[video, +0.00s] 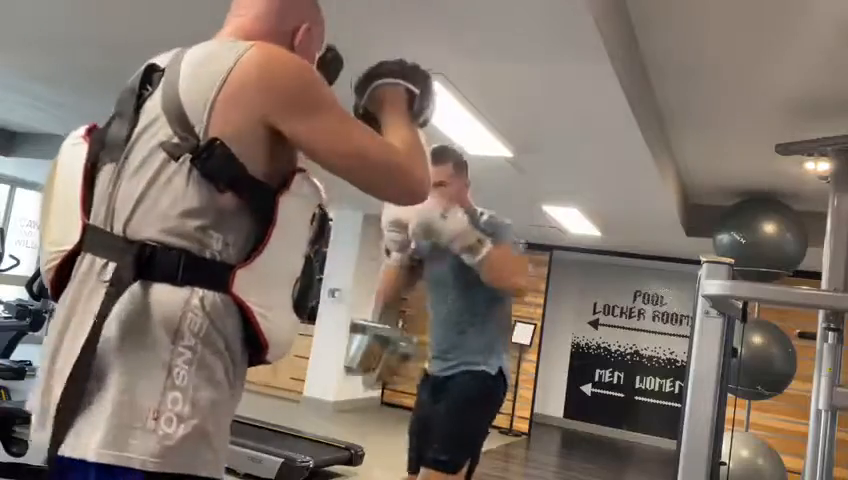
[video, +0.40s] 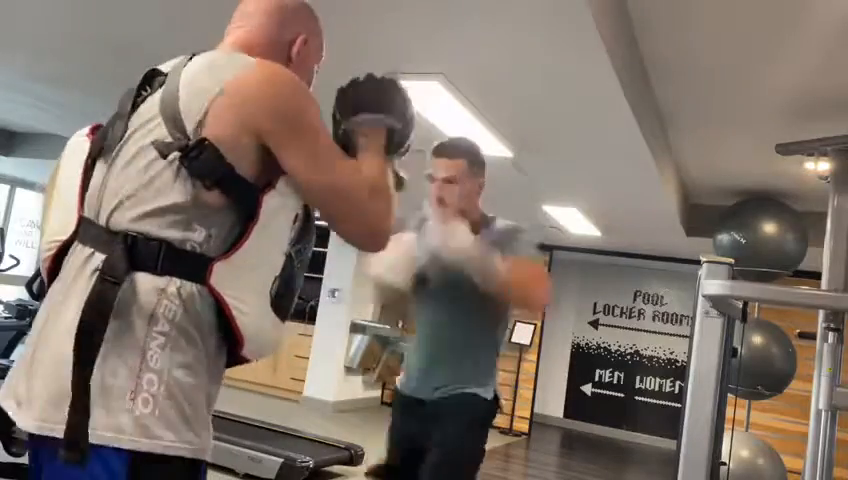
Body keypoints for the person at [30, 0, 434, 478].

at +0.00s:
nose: (315, 62)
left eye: (320, 52)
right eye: (318, 49)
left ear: (236, 18)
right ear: (303, 36)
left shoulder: (160, 70)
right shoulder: (272, 71)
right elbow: (410, 181)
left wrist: (301, 96)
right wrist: (392, 97)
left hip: (85, 306)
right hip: (170, 330)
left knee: (77, 460)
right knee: (145, 465)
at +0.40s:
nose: (313, 79)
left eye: (316, 68)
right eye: (316, 64)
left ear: (234, 28)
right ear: (299, 47)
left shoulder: (161, 80)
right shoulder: (269, 86)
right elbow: (371, 226)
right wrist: (372, 132)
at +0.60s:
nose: (307, 77)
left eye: (313, 63)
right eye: (311, 59)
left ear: (223, 23)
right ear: (291, 42)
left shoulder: (143, 73)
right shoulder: (266, 100)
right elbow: (367, 252)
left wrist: (295, 111)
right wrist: (398, 172)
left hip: (57, 330)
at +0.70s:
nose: (305, 69)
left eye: (312, 51)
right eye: (311, 49)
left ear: (223, 12)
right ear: (290, 33)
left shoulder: (141, 64)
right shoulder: (244, 85)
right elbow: (344, 251)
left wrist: (299, 148)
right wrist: (377, 132)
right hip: (137, 355)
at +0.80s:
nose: (301, 49)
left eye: (309, 34)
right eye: (309, 30)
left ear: (215, 2)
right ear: (287, 12)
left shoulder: (127, 47)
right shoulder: (237, 68)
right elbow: (353, 242)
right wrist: (372, 125)